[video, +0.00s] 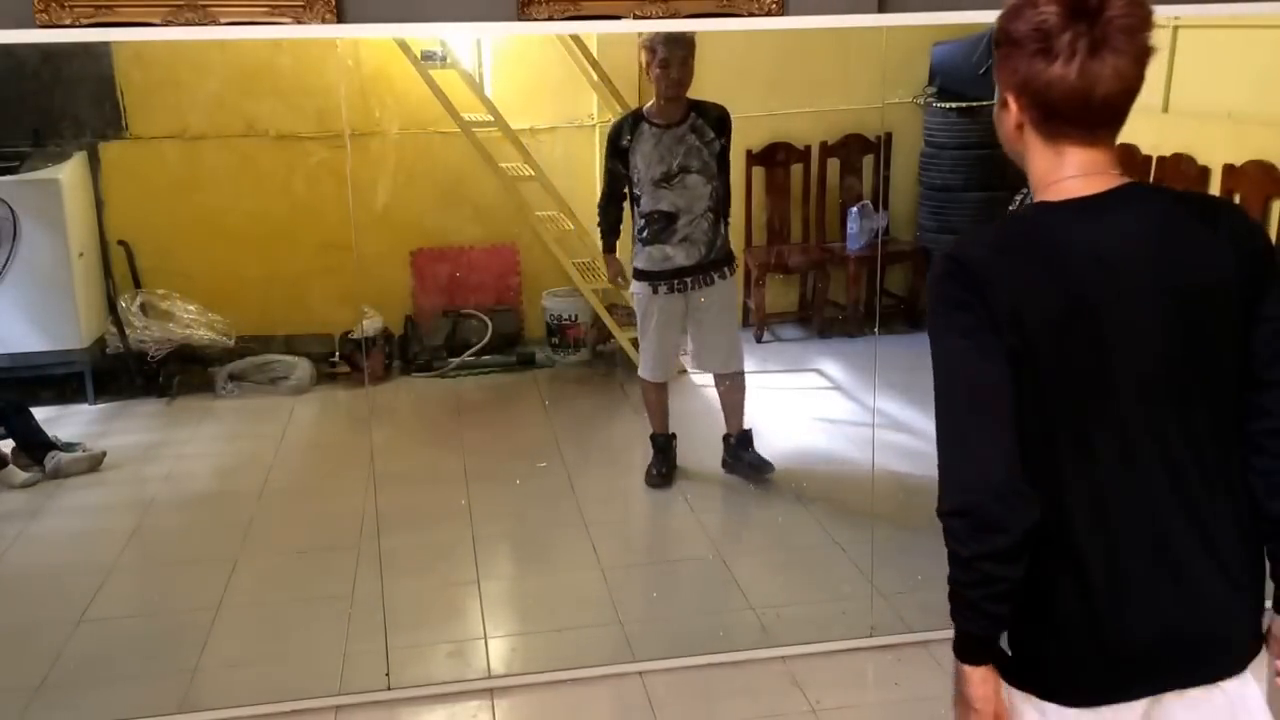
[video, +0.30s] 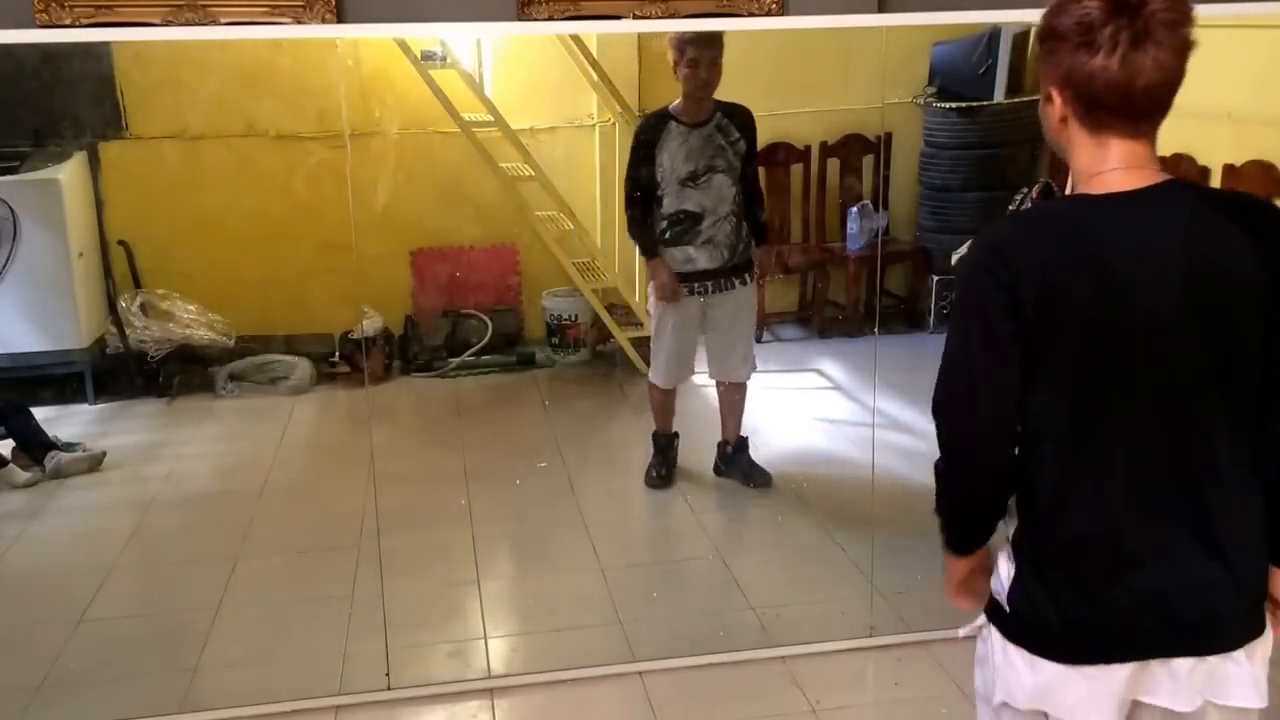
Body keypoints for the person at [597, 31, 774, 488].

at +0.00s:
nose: (673, 73)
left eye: (681, 63)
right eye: (663, 65)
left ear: (693, 66)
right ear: (646, 68)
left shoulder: (716, 119)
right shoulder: (625, 132)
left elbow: (723, 186)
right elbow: (611, 196)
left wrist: (722, 241)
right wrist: (610, 251)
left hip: (713, 267)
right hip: (655, 273)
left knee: (728, 362)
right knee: (654, 368)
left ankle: (736, 446)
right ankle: (662, 449)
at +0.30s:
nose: (698, 72)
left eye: (708, 64)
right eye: (689, 64)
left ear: (720, 68)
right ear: (675, 67)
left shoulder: (739, 121)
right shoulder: (653, 128)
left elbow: (750, 187)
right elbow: (637, 200)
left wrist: (761, 245)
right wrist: (654, 263)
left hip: (733, 271)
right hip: (675, 275)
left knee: (735, 366)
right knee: (665, 369)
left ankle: (732, 451)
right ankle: (663, 447)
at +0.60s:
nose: (744, 74)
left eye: (749, 65)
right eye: (733, 65)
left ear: (755, 69)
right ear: (705, 66)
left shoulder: (734, 124)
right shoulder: (700, 128)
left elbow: (745, 192)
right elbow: (705, 206)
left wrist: (769, 234)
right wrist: (751, 253)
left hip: (743, 268)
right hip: (717, 273)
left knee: (740, 362)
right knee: (719, 366)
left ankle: (731, 453)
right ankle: (650, 435)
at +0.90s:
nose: (766, 77)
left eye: (769, 67)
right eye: (756, 67)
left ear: (730, 72)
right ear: (725, 68)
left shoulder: (707, 123)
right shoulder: (730, 127)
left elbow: (725, 205)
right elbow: (743, 207)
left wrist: (763, 242)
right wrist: (771, 248)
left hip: (712, 268)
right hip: (738, 269)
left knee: (730, 360)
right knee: (760, 363)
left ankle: (732, 455)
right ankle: (686, 439)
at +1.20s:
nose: (772, 78)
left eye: (777, 68)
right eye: (761, 67)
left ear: (779, 70)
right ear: (733, 67)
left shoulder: (750, 127)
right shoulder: (718, 123)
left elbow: (749, 200)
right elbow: (717, 204)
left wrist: (763, 249)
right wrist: (750, 261)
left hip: (742, 269)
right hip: (716, 270)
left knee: (736, 365)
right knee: (712, 368)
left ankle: (732, 456)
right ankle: (640, 440)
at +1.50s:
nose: (755, 83)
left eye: (763, 75)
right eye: (746, 74)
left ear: (773, 76)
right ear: (726, 70)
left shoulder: (771, 131)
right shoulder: (692, 123)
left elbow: (777, 197)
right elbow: (667, 196)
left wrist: (775, 251)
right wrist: (670, 272)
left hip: (740, 280)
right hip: (683, 277)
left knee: (736, 369)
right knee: (650, 372)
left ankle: (732, 457)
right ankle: (638, 462)